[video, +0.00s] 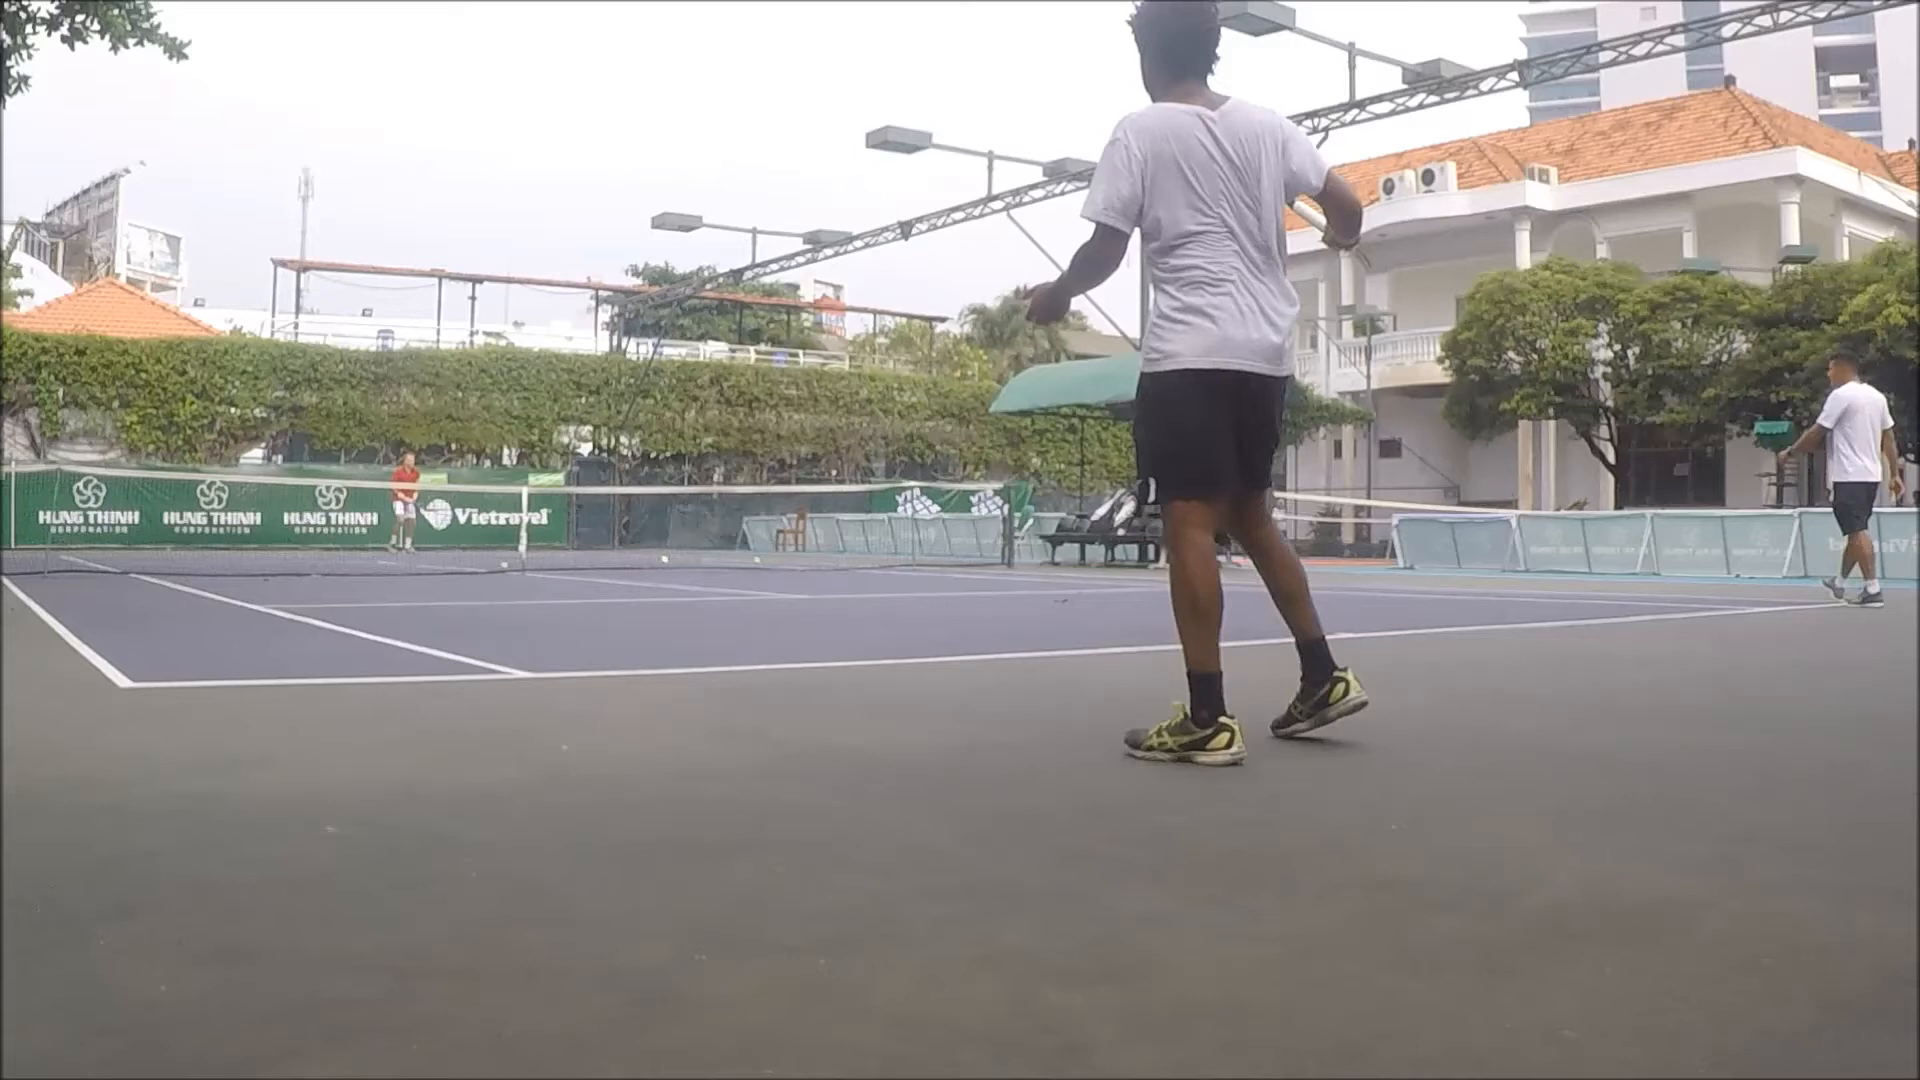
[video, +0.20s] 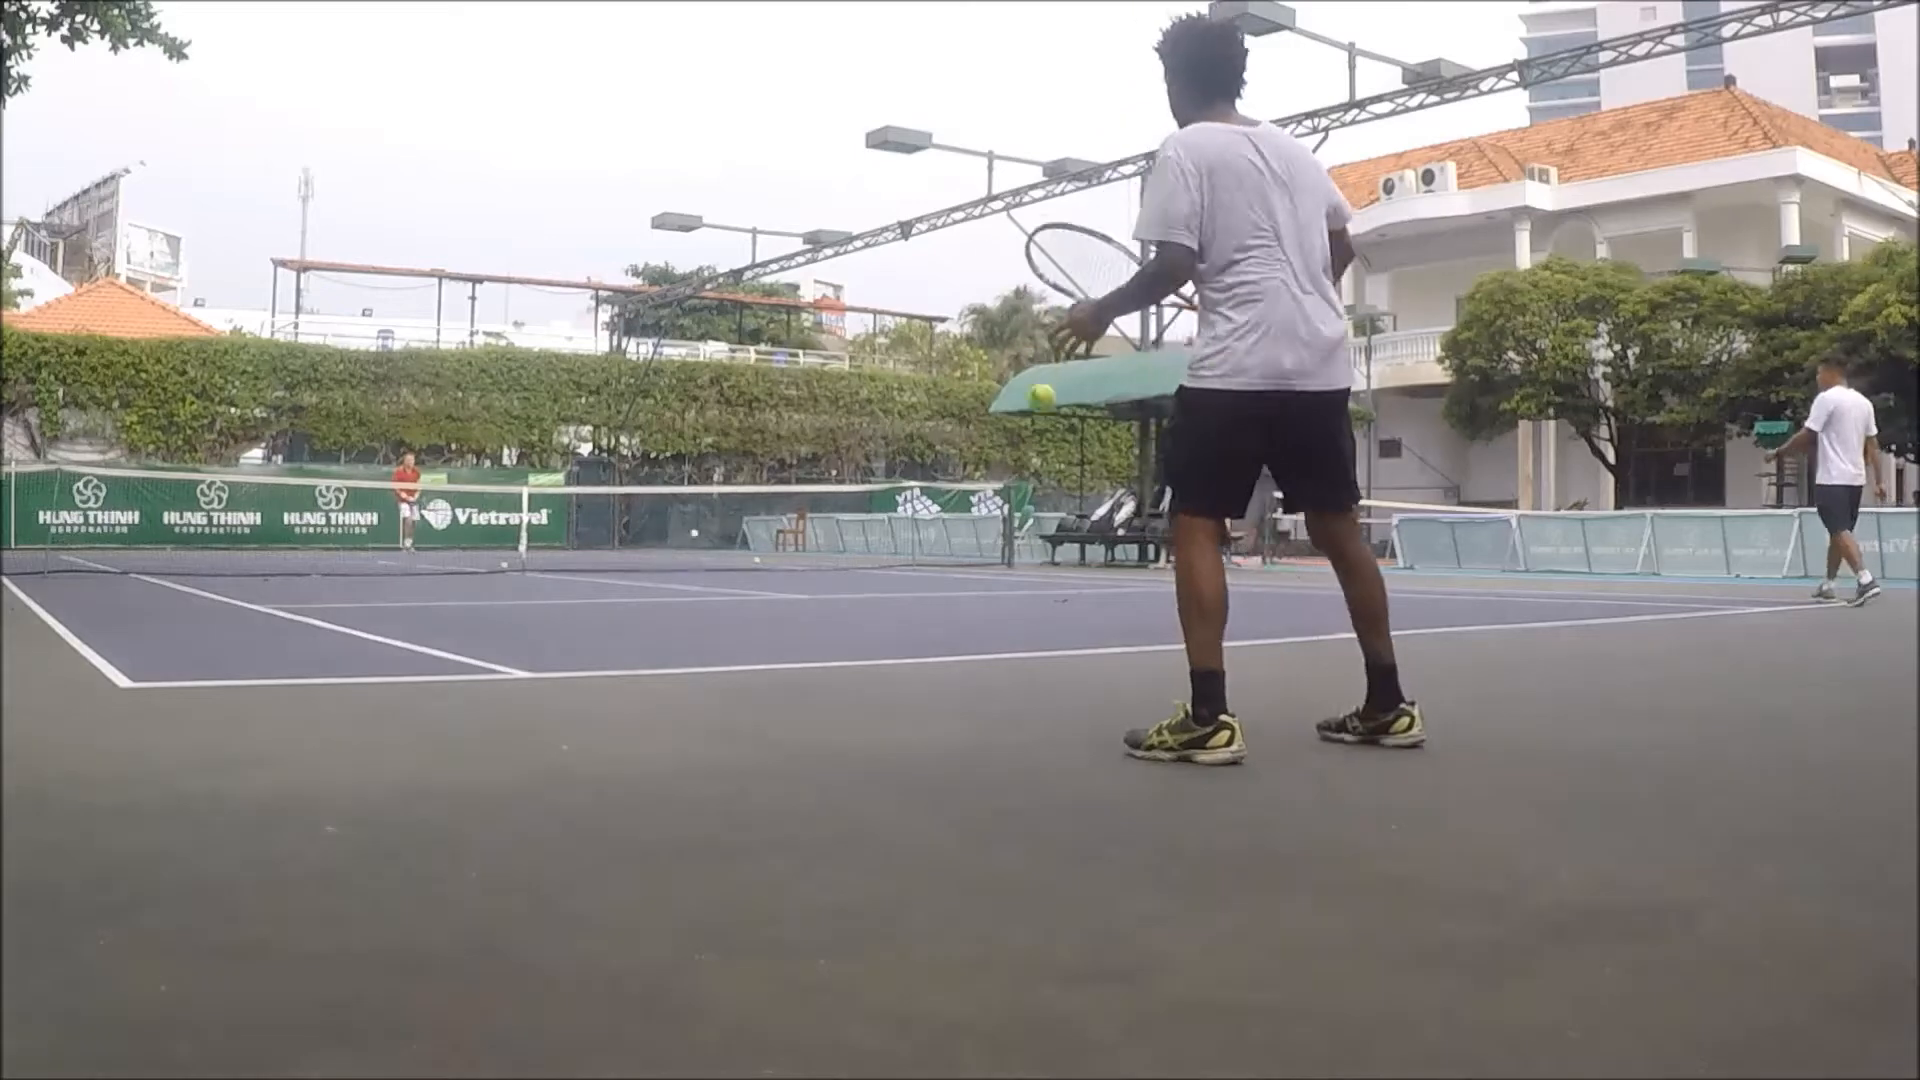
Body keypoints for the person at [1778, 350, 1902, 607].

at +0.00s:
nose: (1828, 374)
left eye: (1831, 369)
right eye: (1829, 369)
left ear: (1843, 370)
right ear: (1852, 370)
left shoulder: (1840, 395)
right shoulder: (1878, 396)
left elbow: (1816, 432)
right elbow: (1888, 439)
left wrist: (1790, 451)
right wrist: (1894, 474)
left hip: (1848, 477)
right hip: (1871, 476)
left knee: (1857, 532)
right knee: (1855, 533)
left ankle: (1872, 588)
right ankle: (1839, 583)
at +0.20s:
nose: (1817, 379)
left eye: (1820, 373)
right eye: (1817, 374)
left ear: (1832, 373)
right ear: (1839, 374)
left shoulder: (1826, 398)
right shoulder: (1864, 403)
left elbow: (1806, 435)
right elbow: (1871, 445)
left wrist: (1779, 451)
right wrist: (1878, 481)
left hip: (1831, 479)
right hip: (1856, 479)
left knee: (1839, 532)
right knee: (1839, 533)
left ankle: (1865, 580)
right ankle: (1828, 584)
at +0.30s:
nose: (1810, 376)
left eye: (1812, 372)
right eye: (1810, 372)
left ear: (1824, 373)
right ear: (1833, 374)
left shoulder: (1817, 397)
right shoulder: (1856, 402)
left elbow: (1803, 436)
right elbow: (1860, 443)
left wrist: (1782, 462)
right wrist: (1859, 479)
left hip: (1820, 479)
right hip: (1847, 479)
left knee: (1815, 526)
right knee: (1833, 530)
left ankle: (1849, 565)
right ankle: (1829, 583)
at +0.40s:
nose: (1802, 376)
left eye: (1804, 371)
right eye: (1802, 371)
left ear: (1816, 372)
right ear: (1825, 374)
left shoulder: (1811, 397)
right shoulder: (1846, 400)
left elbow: (1802, 436)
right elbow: (1849, 437)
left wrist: (1789, 470)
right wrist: (1837, 464)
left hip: (1812, 474)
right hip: (1839, 475)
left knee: (1798, 524)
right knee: (1831, 531)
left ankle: (1827, 561)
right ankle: (1829, 587)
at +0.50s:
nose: (1793, 379)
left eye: (1795, 374)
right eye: (1794, 374)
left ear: (1805, 375)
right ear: (1816, 376)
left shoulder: (1803, 398)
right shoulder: (1837, 400)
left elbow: (1801, 438)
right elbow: (1838, 437)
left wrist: (1794, 474)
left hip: (1806, 475)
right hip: (1833, 476)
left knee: (1787, 523)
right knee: (1830, 533)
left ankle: (1804, 573)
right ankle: (1828, 584)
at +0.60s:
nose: (1783, 385)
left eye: (1784, 379)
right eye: (1783, 380)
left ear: (1795, 378)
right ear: (1805, 380)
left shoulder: (1793, 400)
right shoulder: (1827, 401)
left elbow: (1797, 437)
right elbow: (1827, 440)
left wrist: (1796, 476)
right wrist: (1824, 471)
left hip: (1797, 478)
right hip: (1825, 478)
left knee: (1779, 527)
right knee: (1827, 532)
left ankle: (1777, 580)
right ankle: (1828, 584)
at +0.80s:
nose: (1758, 387)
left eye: (1760, 382)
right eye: (1758, 383)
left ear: (1772, 383)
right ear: (1779, 383)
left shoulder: (1770, 406)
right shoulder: (1802, 405)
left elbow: (1775, 442)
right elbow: (1803, 444)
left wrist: (1776, 480)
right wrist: (1800, 477)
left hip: (1774, 484)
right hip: (1803, 483)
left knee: (1766, 535)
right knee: (1811, 532)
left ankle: (1761, 582)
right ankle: (1824, 577)